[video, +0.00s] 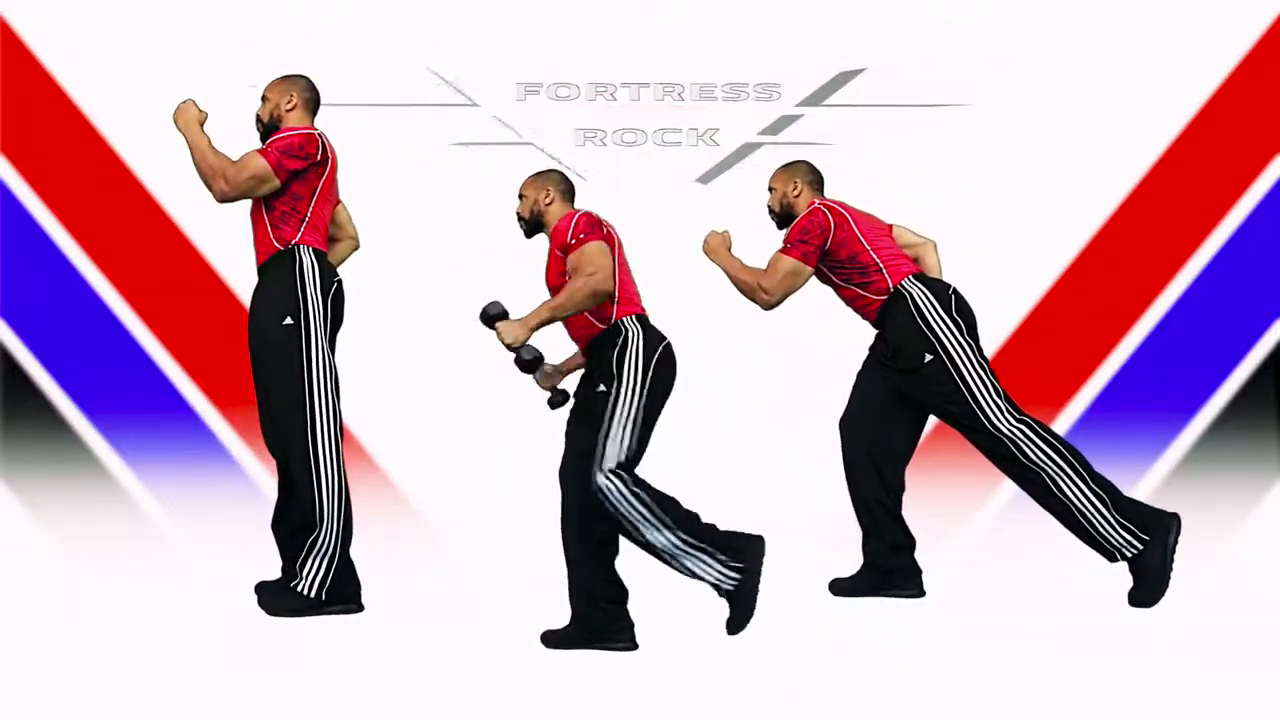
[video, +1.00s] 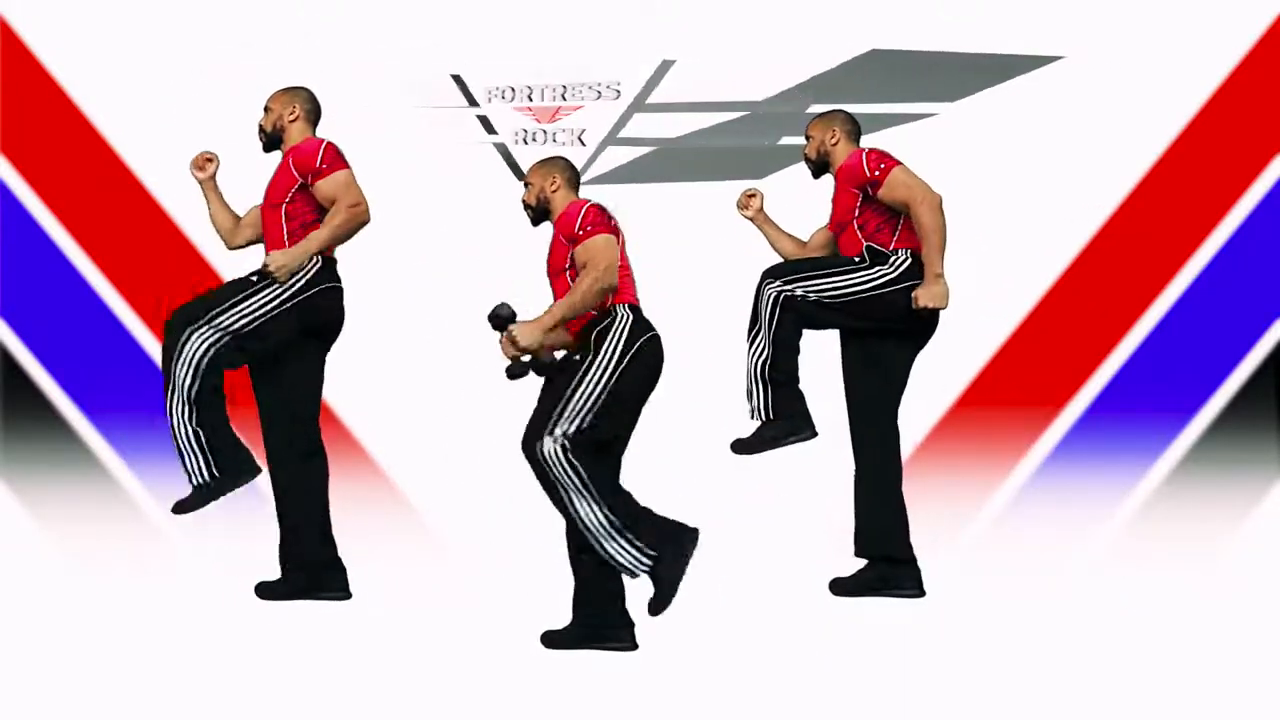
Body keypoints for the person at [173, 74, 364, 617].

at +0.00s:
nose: (257, 108)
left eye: (264, 99)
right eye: (260, 101)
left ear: (288, 101)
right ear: (297, 105)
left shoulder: (302, 142)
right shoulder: (301, 156)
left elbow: (226, 184)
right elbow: (345, 237)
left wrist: (193, 130)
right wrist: (298, 284)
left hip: (297, 284)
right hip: (288, 288)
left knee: (310, 430)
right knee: (290, 433)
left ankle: (326, 581)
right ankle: (305, 573)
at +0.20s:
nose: (258, 109)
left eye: (265, 99)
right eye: (260, 101)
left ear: (289, 101)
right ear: (298, 105)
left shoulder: (303, 142)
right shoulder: (302, 156)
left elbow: (226, 185)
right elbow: (345, 237)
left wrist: (193, 131)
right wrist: (297, 283)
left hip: (297, 284)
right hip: (288, 288)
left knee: (309, 430)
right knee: (289, 433)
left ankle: (326, 581)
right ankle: (305, 573)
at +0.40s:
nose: (258, 109)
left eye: (264, 99)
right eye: (260, 101)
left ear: (288, 101)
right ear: (297, 105)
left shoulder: (303, 142)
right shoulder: (301, 156)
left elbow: (227, 185)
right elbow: (345, 237)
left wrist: (193, 131)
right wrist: (297, 283)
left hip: (297, 285)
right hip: (288, 288)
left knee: (309, 429)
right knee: (289, 433)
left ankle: (327, 581)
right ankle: (304, 573)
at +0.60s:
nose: (258, 110)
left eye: (265, 100)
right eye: (261, 102)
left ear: (288, 102)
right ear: (298, 107)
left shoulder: (304, 144)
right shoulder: (303, 158)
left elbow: (238, 193)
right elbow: (337, 246)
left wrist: (194, 145)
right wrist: (285, 280)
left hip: (298, 285)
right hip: (288, 287)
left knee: (308, 428)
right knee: (287, 432)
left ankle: (326, 581)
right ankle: (304, 572)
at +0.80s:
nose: (261, 114)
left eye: (267, 105)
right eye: (263, 106)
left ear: (290, 108)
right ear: (295, 112)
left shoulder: (310, 149)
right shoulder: (283, 169)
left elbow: (294, 219)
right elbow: (287, 259)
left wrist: (221, 214)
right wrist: (240, 252)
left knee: (278, 417)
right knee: (245, 411)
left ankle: (303, 564)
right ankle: (315, 555)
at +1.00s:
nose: (260, 118)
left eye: (267, 109)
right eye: (262, 111)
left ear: (292, 112)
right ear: (292, 116)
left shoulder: (311, 149)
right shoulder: (287, 177)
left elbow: (354, 209)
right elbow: (236, 234)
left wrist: (299, 253)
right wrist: (208, 183)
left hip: (296, 287)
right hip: (301, 298)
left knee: (189, 332)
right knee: (292, 440)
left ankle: (215, 464)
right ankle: (314, 572)